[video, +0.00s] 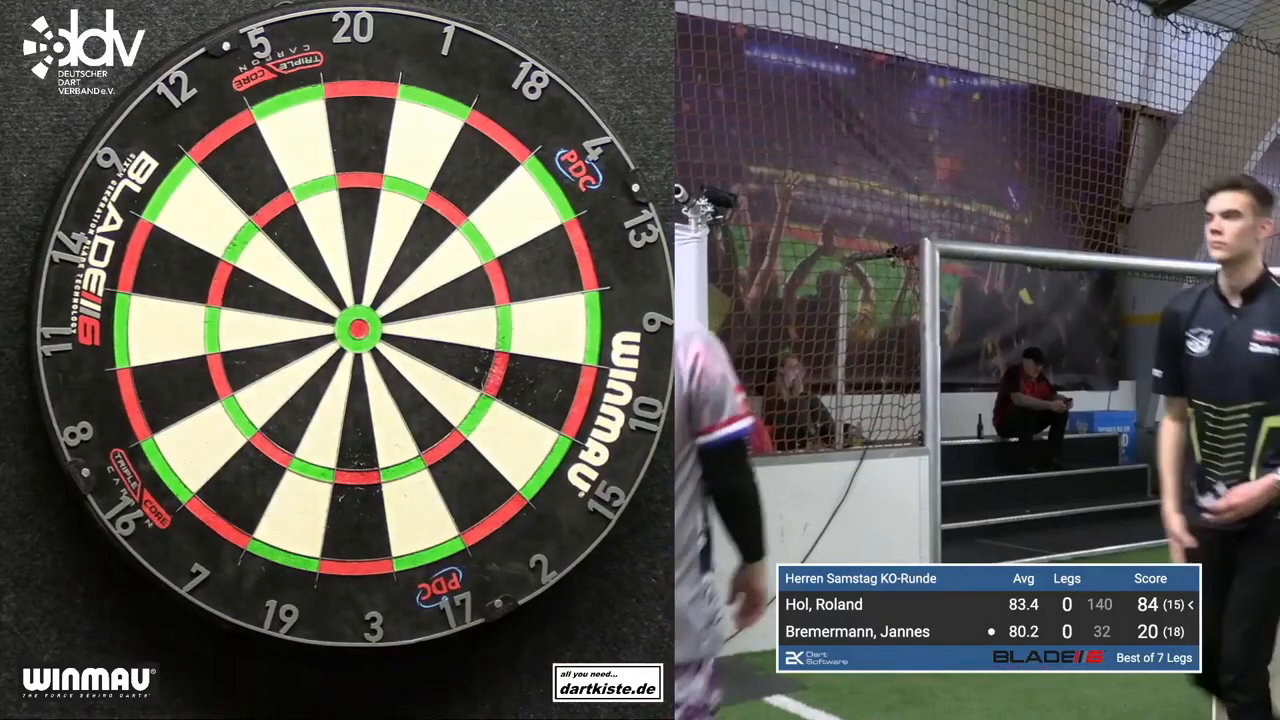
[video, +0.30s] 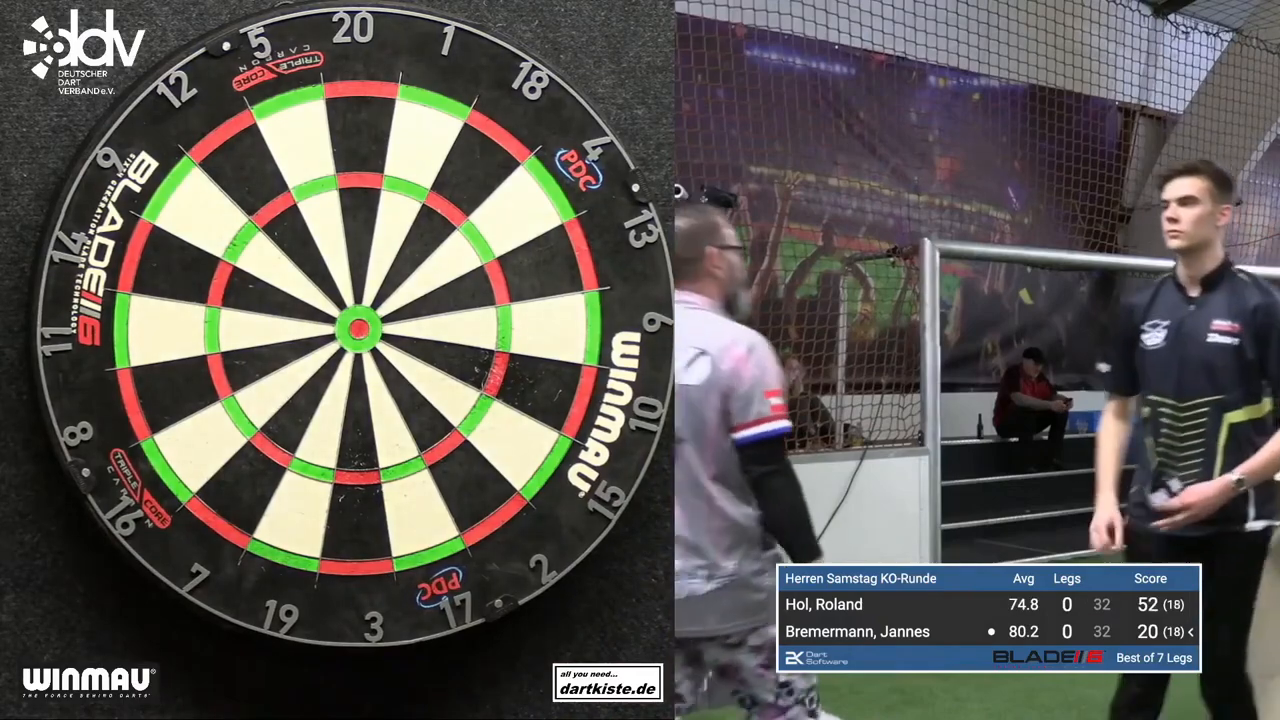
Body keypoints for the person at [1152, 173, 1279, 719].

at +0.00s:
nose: (1215, 228)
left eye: (1231, 216)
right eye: (1210, 218)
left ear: (1265, 229)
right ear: (1205, 229)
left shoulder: (1278, 309)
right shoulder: (1183, 311)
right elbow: (1173, 416)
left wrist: (1268, 488)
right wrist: (1171, 506)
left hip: (1268, 521)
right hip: (1204, 521)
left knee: (1241, 672)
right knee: (1207, 666)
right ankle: (1248, 706)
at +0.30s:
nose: (1171, 214)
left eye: (1187, 203)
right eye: (1166, 205)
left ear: (1224, 215)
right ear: (1160, 216)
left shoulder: (1261, 306)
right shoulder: (1142, 305)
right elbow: (1117, 411)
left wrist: (1228, 486)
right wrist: (1106, 499)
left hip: (1233, 526)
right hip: (1152, 524)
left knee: (1220, 676)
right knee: (1140, 675)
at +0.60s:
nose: (1127, 210)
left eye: (1143, 199)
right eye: (1122, 200)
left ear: (1182, 210)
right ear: (1116, 211)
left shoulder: (1221, 310)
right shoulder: (1088, 303)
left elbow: (1261, 428)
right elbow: (1052, 411)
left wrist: (1178, 488)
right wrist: (1083, 482)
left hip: (1183, 538)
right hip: (1099, 534)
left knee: (1177, 694)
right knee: (1099, 693)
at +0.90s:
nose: (1104, 202)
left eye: (1121, 190)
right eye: (1100, 192)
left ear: (1162, 202)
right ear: (1094, 203)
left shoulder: (1205, 304)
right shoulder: (1063, 300)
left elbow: (1239, 421)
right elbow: (1029, 409)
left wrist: (1181, 495)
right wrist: (1051, 493)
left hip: (1170, 546)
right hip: (1085, 543)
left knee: (1156, 700)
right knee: (1097, 699)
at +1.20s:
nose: (1089, 197)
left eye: (1105, 184)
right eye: (1084, 187)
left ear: (1148, 197)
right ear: (1078, 199)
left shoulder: (1194, 299)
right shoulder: (1049, 296)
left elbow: (1235, 412)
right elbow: (1018, 409)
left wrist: (1190, 497)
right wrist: (1009, 503)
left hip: (1161, 536)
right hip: (1074, 534)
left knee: (1146, 696)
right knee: (1074, 696)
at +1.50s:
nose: (1036, 190)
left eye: (1053, 176)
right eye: (1031, 180)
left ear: (1100, 188)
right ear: (1027, 193)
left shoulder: (1154, 289)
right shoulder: (1007, 296)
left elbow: (1207, 397)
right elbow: (974, 424)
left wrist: (1180, 495)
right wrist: (939, 530)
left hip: (1141, 534)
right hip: (1052, 538)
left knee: (1147, 698)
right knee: (1058, 702)